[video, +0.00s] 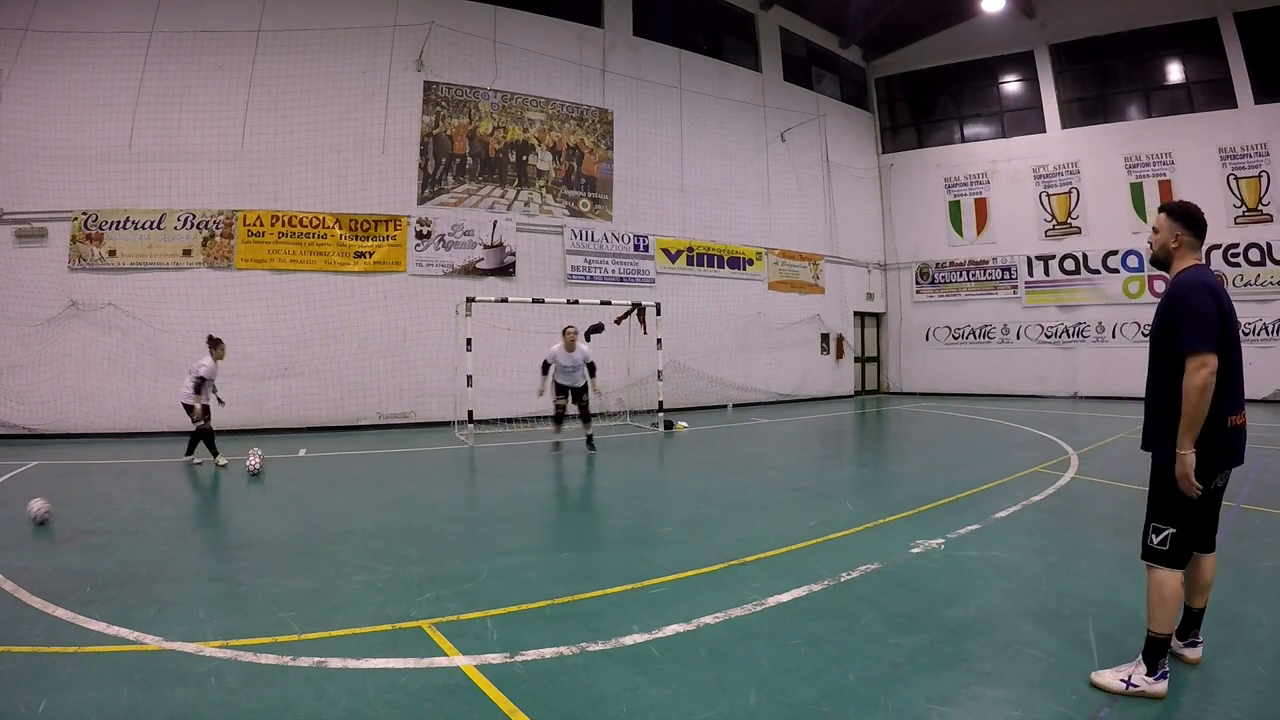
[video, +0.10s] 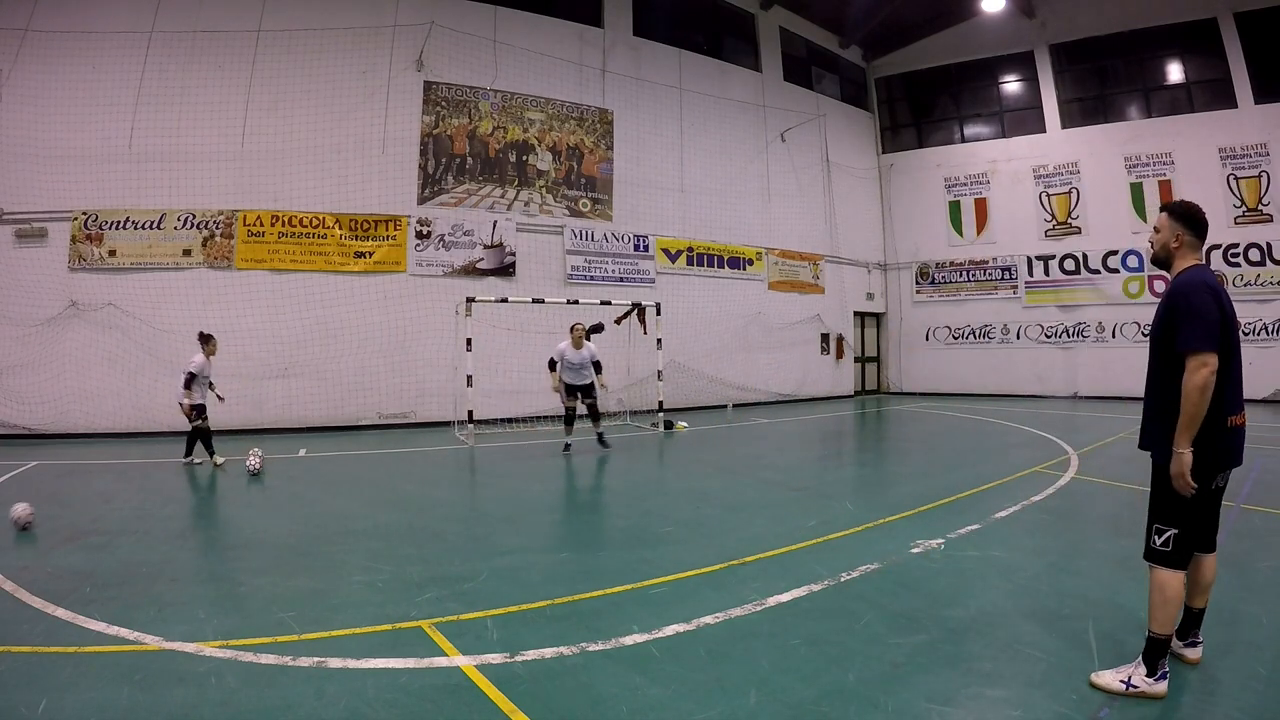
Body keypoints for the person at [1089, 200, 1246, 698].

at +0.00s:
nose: (1148, 238)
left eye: (1154, 231)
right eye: (1151, 230)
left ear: (1176, 238)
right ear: (1185, 239)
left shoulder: (1189, 291)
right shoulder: (1204, 285)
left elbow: (1202, 370)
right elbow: (1208, 369)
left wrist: (1185, 447)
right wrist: (1184, 439)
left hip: (1184, 449)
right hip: (1211, 446)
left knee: (1163, 556)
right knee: (1200, 545)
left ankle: (1150, 670)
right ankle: (1188, 637)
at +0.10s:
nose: (1149, 237)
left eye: (1155, 230)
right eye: (1152, 229)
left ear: (1177, 238)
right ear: (1186, 239)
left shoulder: (1190, 290)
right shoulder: (1204, 285)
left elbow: (1202, 370)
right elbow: (1208, 369)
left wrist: (1182, 446)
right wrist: (1182, 439)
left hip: (1185, 449)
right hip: (1211, 446)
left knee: (1165, 556)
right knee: (1200, 545)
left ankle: (1150, 670)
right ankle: (1187, 637)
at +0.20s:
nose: (1148, 236)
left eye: (1155, 229)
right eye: (1152, 228)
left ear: (1176, 237)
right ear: (1186, 238)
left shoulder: (1189, 290)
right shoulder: (1204, 285)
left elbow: (1197, 369)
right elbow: (1208, 369)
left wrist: (1173, 443)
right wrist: (1180, 436)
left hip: (1187, 448)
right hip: (1211, 446)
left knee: (1166, 556)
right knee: (1200, 545)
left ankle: (1151, 670)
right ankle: (1188, 637)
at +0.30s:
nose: (1147, 236)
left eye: (1153, 228)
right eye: (1150, 228)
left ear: (1173, 236)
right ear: (1185, 238)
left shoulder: (1187, 288)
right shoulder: (1204, 284)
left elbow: (1193, 367)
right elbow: (1207, 369)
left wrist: (1161, 439)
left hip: (1187, 447)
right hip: (1210, 444)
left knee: (1166, 557)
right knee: (1199, 545)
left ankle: (1151, 670)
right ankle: (1187, 637)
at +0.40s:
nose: (1146, 236)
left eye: (1152, 227)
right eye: (1149, 227)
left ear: (1172, 235)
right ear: (1184, 237)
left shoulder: (1185, 287)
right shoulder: (1205, 284)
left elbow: (1188, 367)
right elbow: (1207, 368)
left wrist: (1152, 439)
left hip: (1184, 447)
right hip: (1209, 444)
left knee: (1165, 556)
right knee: (1198, 545)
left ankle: (1151, 670)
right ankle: (1187, 637)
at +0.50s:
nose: (1145, 235)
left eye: (1151, 227)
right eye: (1148, 227)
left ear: (1170, 234)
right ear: (1184, 237)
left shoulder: (1183, 287)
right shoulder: (1204, 284)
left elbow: (1185, 367)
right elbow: (1206, 369)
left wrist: (1148, 438)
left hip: (1184, 446)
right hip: (1209, 443)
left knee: (1166, 557)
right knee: (1198, 545)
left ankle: (1151, 670)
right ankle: (1187, 637)